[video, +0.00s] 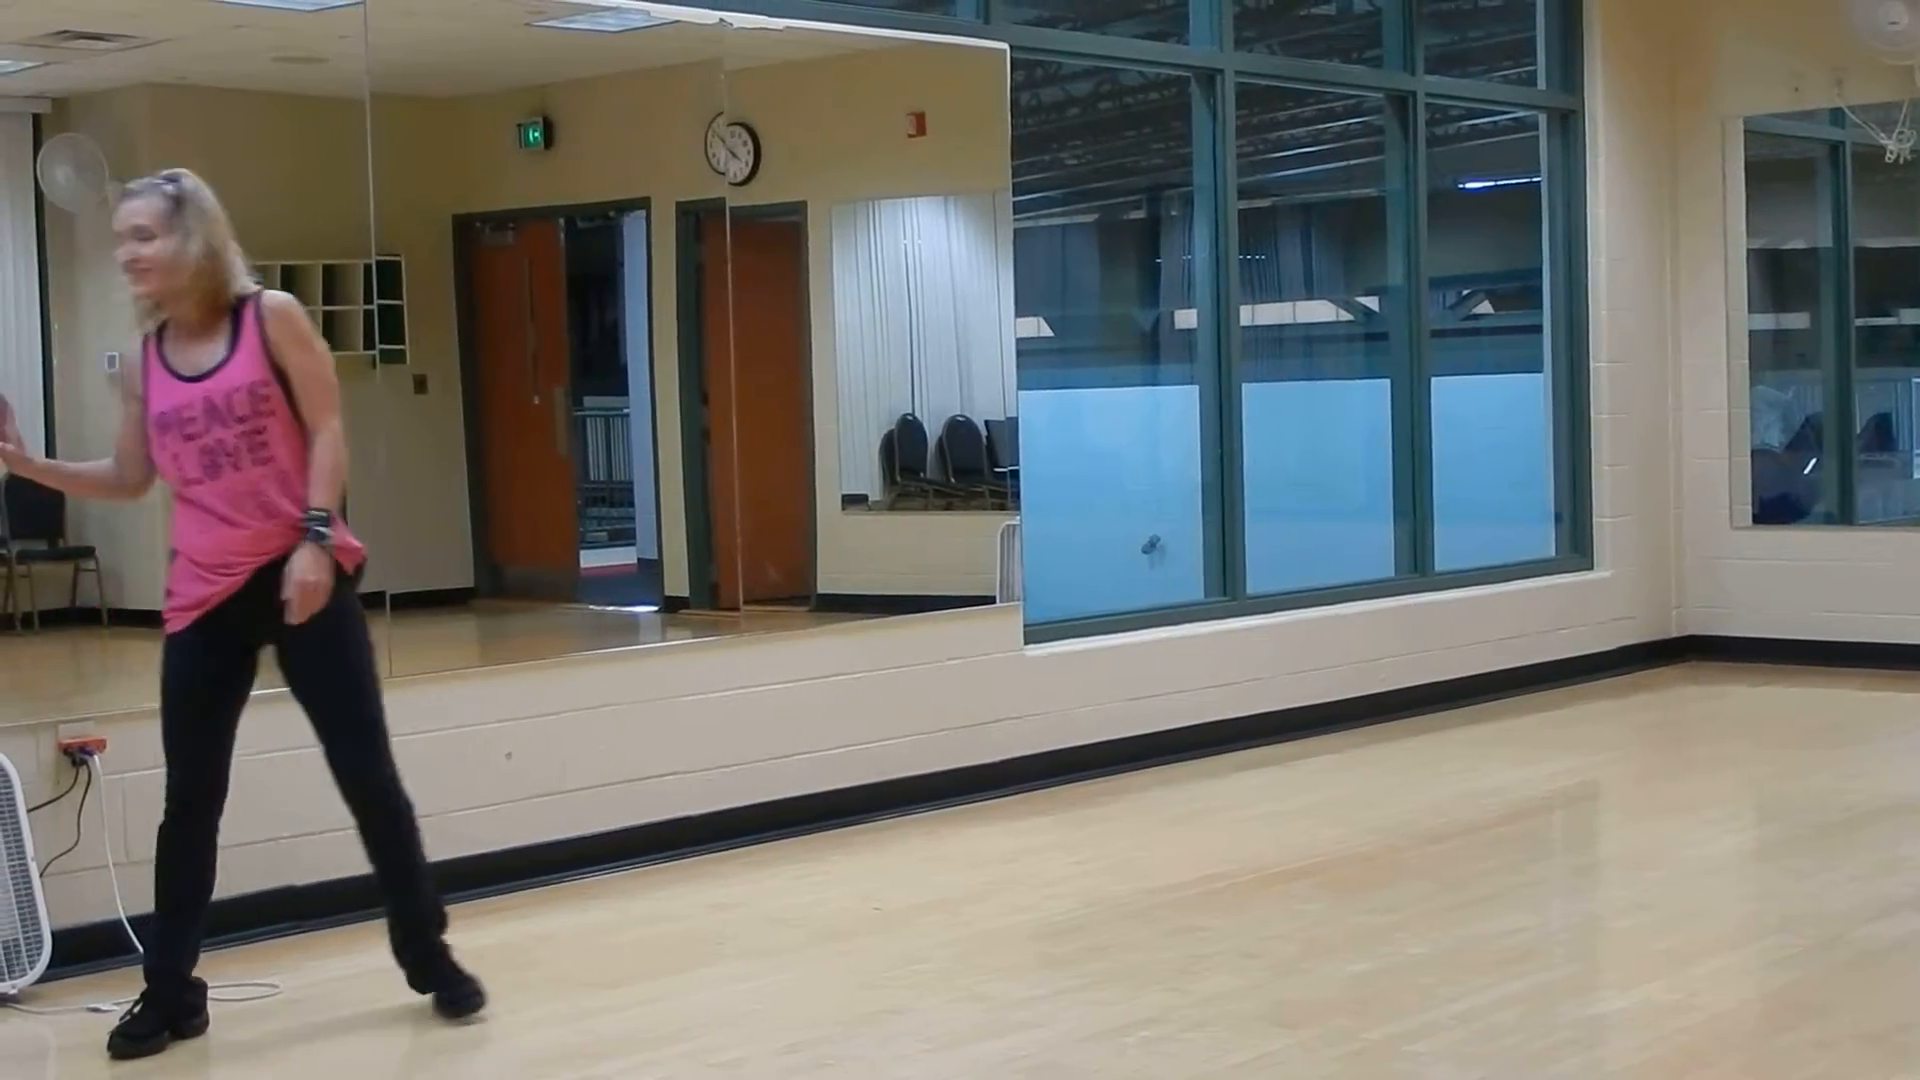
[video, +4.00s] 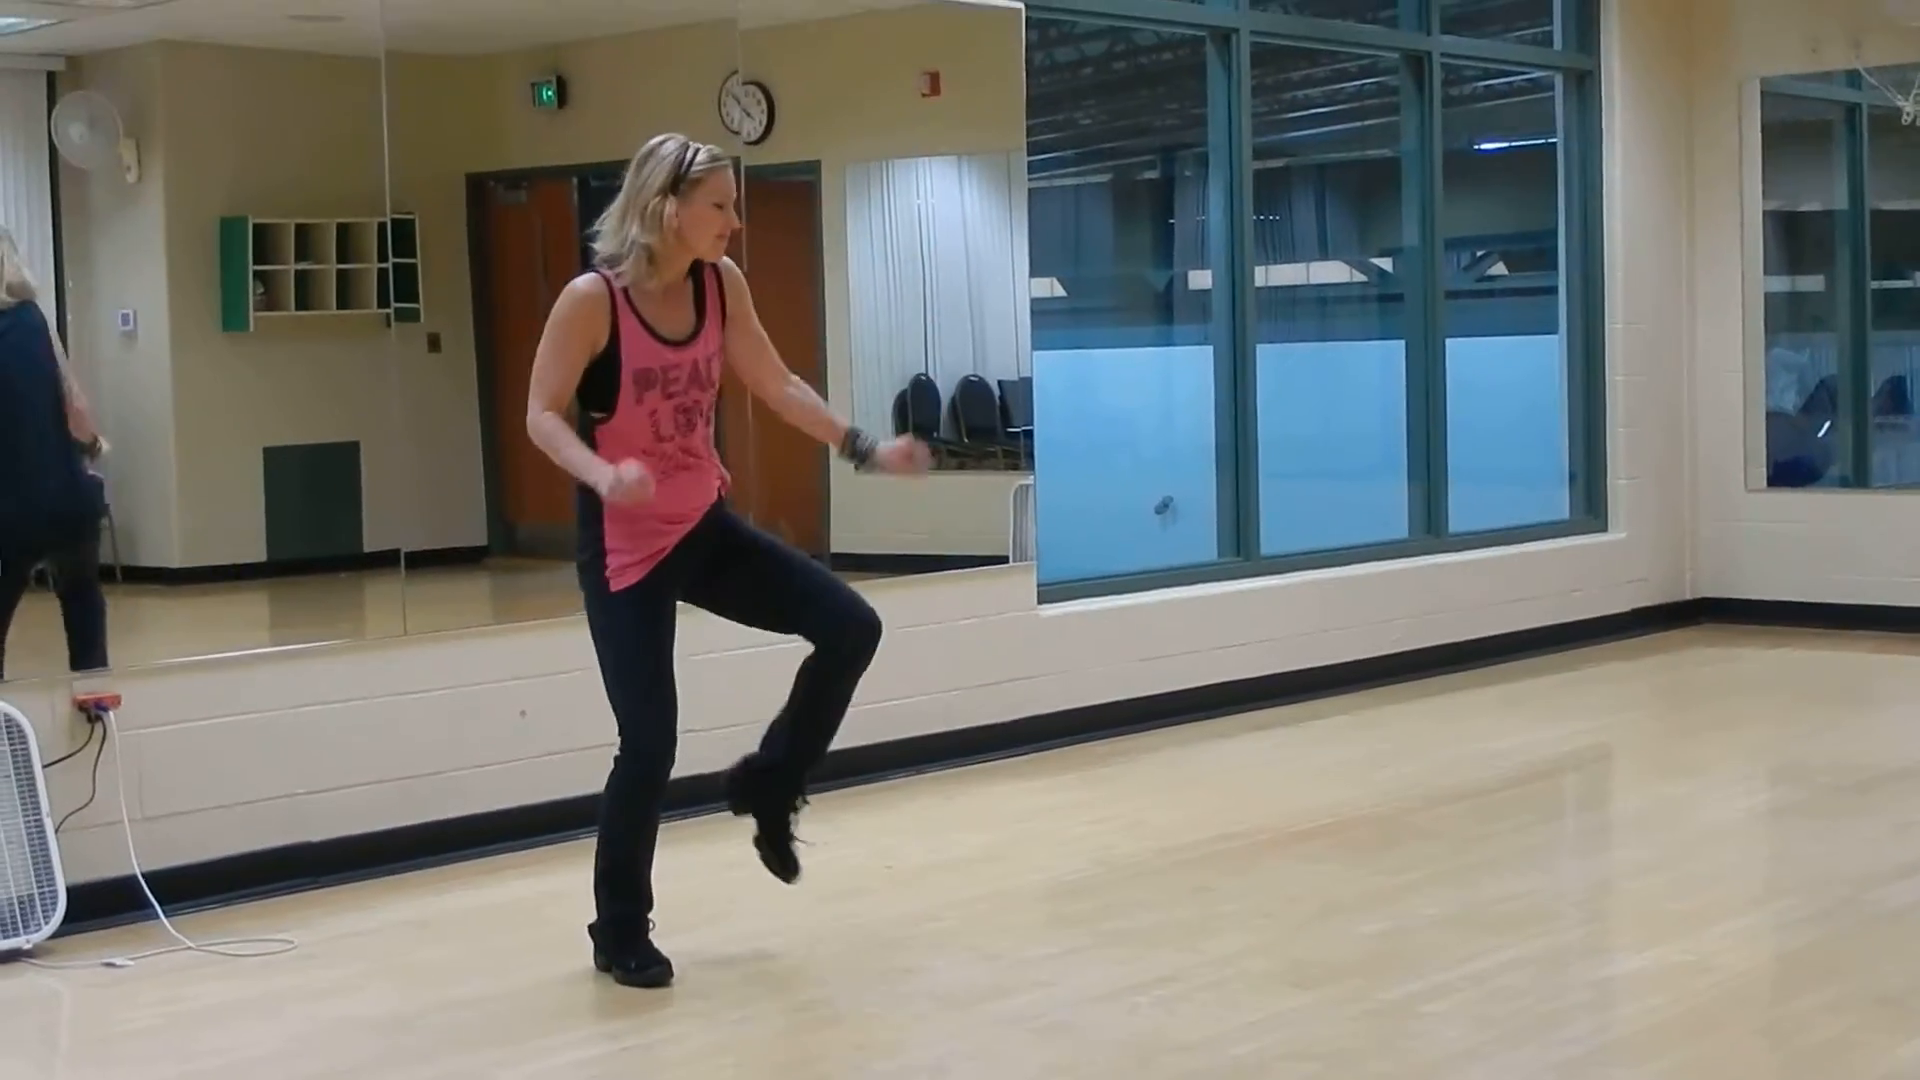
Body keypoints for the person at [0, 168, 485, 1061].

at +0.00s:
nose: (128, 255)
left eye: (144, 237)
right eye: (122, 241)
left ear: (196, 239)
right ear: (127, 256)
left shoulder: (274, 317)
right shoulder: (143, 358)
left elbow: (327, 426)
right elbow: (130, 479)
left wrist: (318, 539)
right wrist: (29, 464)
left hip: (303, 573)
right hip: (204, 593)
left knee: (369, 778)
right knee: (190, 796)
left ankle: (429, 955)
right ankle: (173, 990)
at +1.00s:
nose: (612, 223)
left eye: (611, 212)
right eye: (590, 218)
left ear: (617, 243)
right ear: (553, 255)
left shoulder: (621, 340)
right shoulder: (551, 356)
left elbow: (634, 472)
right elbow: (537, 482)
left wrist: (652, 568)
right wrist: (544, 599)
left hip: (626, 591)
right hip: (587, 596)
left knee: (631, 774)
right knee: (647, 766)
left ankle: (489, 906)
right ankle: (643, 959)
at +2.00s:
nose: (906, 121)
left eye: (901, 109)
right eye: (890, 111)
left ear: (874, 131)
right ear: (846, 129)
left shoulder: (906, 222)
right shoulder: (806, 223)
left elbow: (950, 324)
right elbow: (759, 332)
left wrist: (1008, 259)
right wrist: (742, 438)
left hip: (904, 445)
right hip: (835, 453)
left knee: (897, 622)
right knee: (896, 621)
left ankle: (885, 785)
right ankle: (842, 779)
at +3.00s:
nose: (816, 115)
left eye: (820, 101)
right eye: (802, 99)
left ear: (815, 110)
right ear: (753, 103)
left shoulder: (818, 195)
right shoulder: (707, 188)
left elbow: (813, 294)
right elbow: (683, 288)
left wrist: (831, 376)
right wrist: (711, 337)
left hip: (789, 432)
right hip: (709, 438)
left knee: (864, 604)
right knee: (711, 634)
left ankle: (834, 723)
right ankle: (710, 816)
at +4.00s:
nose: (730, 222)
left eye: (733, 208)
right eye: (717, 206)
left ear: (719, 215)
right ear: (664, 209)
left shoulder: (721, 285)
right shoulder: (590, 301)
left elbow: (776, 384)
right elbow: (543, 417)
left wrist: (866, 448)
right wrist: (600, 473)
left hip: (703, 528)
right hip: (623, 550)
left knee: (852, 629)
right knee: (649, 742)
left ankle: (772, 780)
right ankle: (620, 932)